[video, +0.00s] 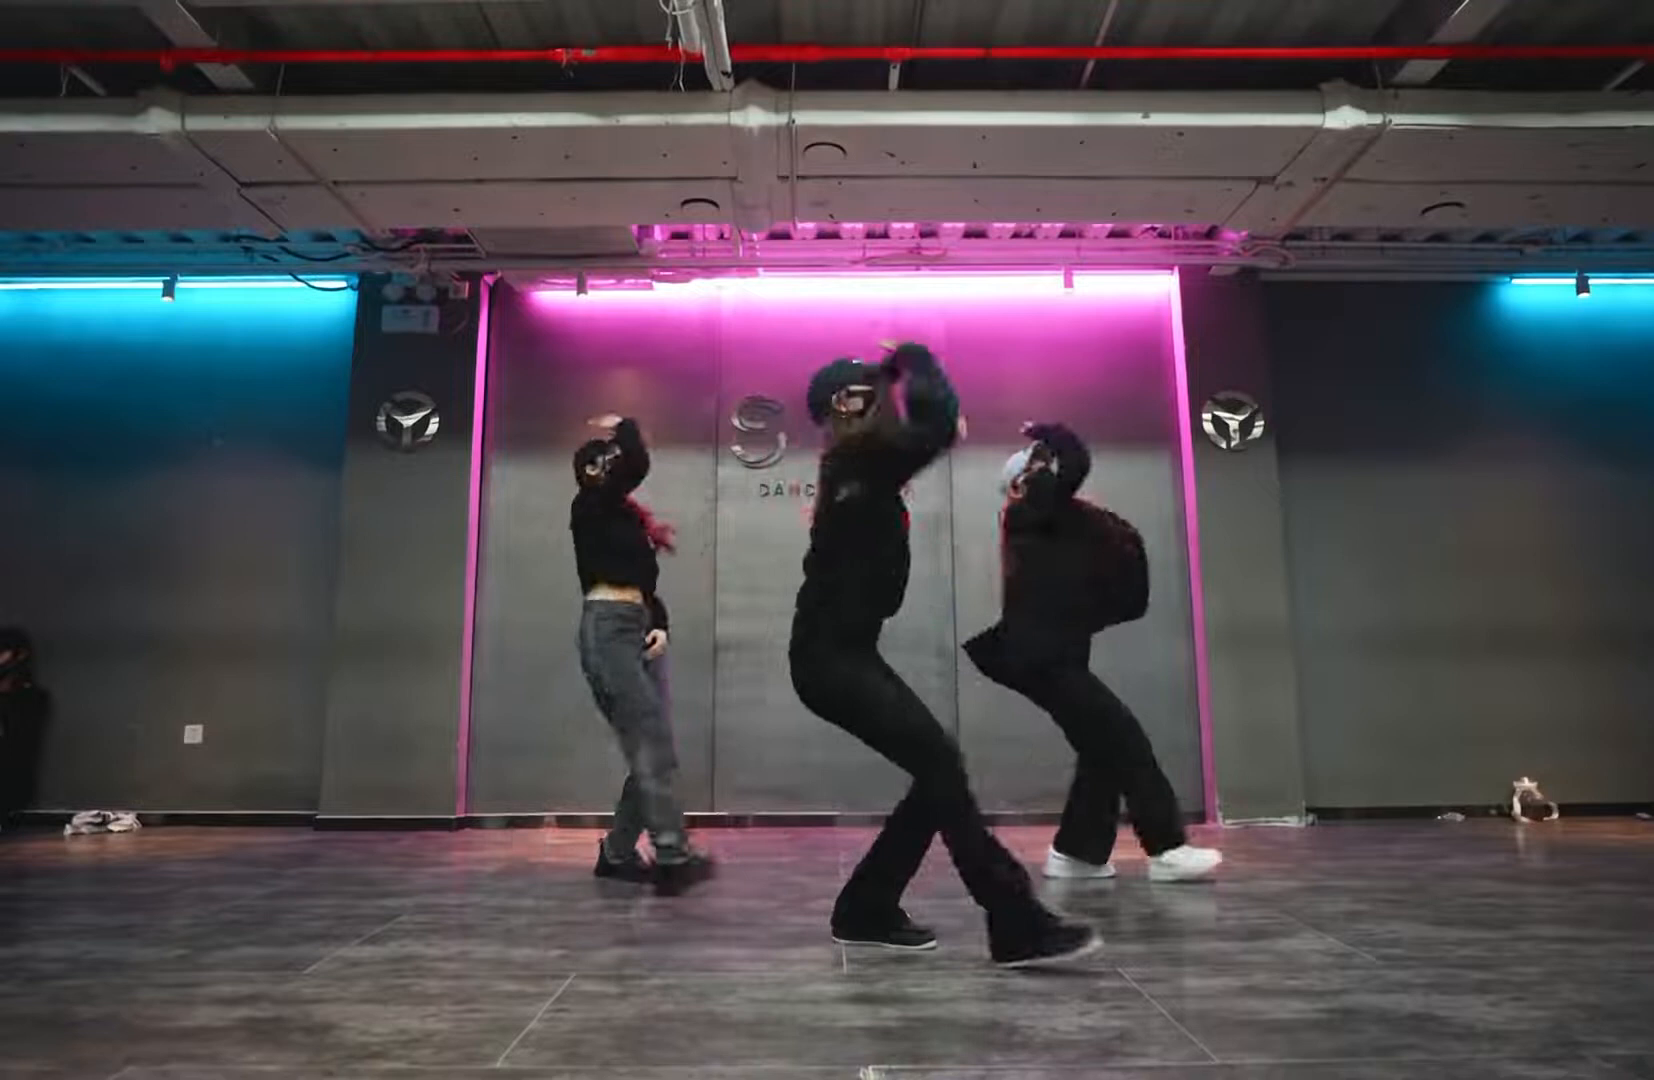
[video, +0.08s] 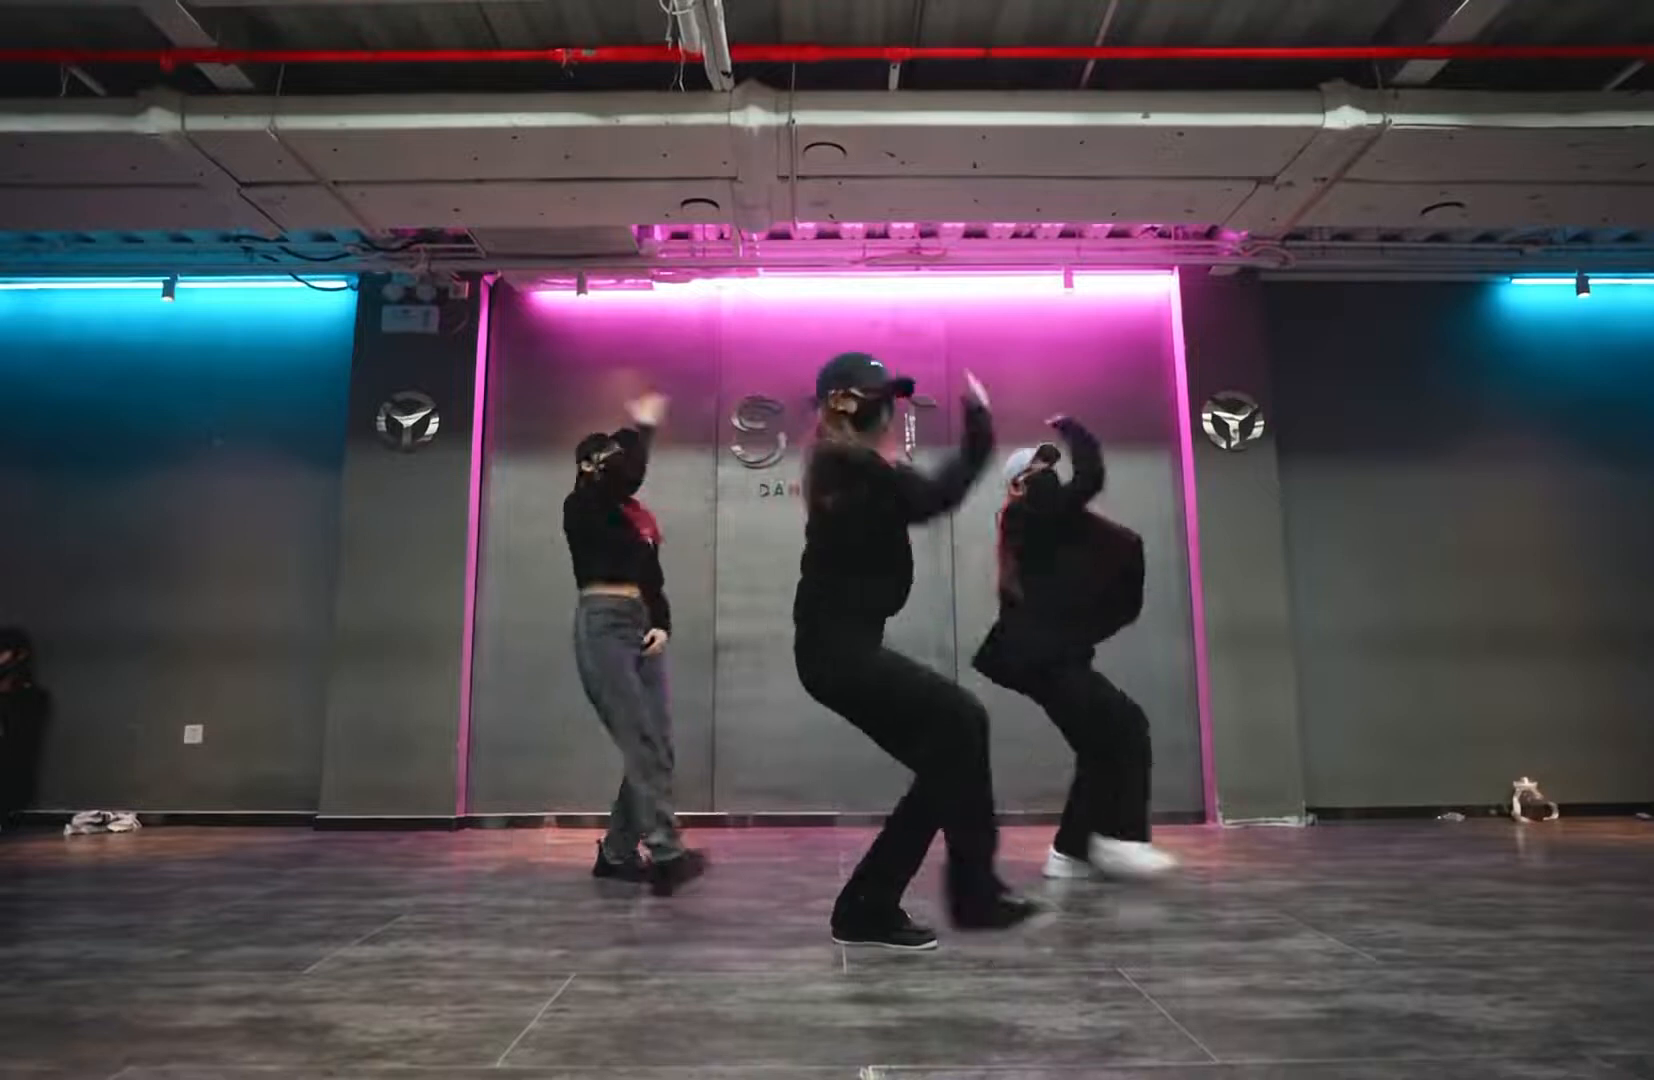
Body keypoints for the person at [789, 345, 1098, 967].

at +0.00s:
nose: (867, 411)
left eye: (870, 401)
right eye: (854, 402)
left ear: (878, 404)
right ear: (834, 412)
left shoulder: (868, 459)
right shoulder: (854, 462)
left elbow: (933, 433)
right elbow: (932, 432)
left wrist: (913, 367)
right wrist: (916, 362)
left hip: (852, 654)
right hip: (830, 661)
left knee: (940, 767)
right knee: (940, 765)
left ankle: (867, 907)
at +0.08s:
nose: (894, 414)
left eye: (891, 404)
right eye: (884, 404)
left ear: (846, 407)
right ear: (848, 405)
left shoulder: (858, 463)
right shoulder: (845, 465)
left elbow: (931, 493)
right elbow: (930, 497)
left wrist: (976, 445)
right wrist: (976, 447)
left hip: (850, 650)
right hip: (837, 654)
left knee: (950, 754)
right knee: (960, 720)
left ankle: (867, 906)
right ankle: (974, 895)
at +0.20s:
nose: (890, 407)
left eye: (891, 397)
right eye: (879, 397)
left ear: (858, 401)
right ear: (844, 398)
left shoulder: (855, 462)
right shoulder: (834, 466)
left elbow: (878, 558)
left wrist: (962, 567)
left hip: (860, 641)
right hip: (840, 645)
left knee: (946, 747)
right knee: (950, 733)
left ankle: (870, 907)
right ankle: (829, 822)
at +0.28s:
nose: (891, 404)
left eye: (891, 394)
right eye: (880, 394)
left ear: (858, 398)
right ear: (844, 396)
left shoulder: (865, 464)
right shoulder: (823, 465)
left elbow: (864, 550)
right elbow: (829, 554)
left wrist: (878, 592)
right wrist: (879, 586)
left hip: (870, 642)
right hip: (843, 645)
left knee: (937, 776)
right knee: (916, 778)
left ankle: (868, 909)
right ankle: (762, 838)